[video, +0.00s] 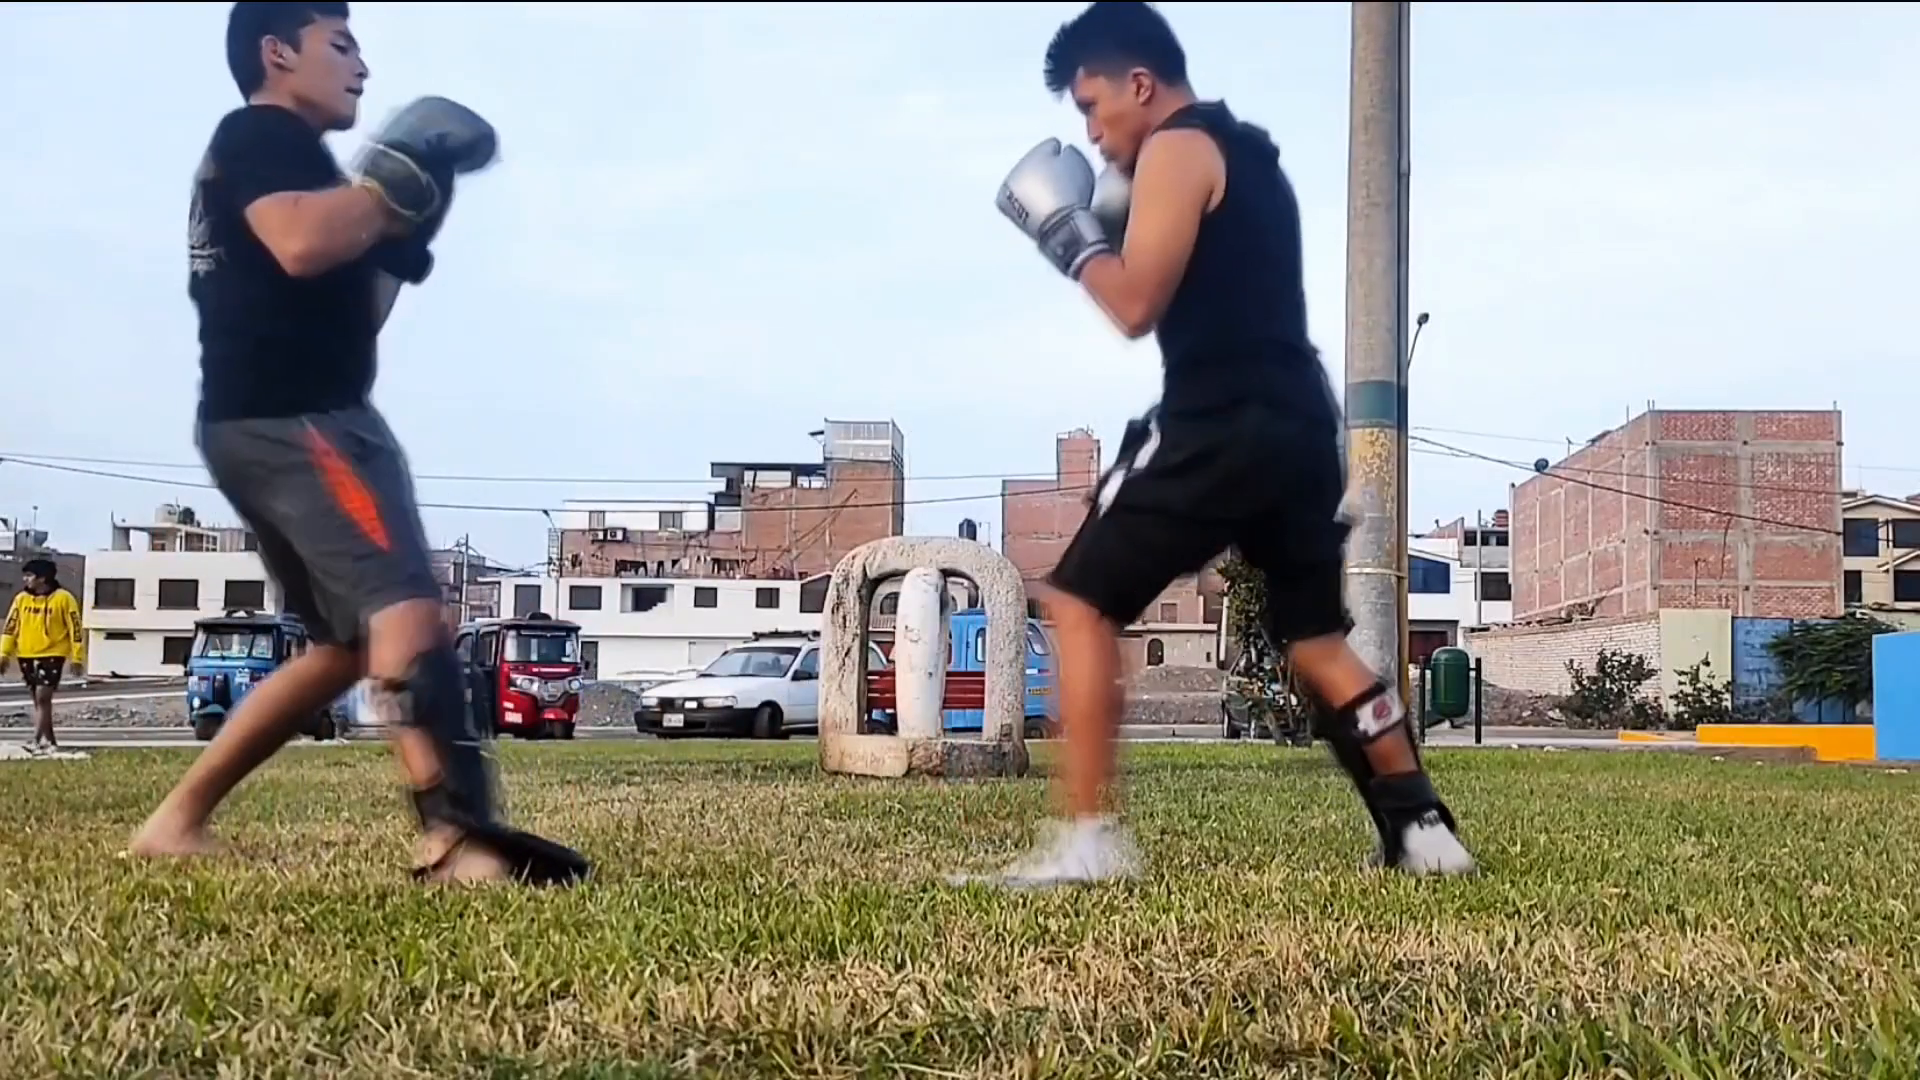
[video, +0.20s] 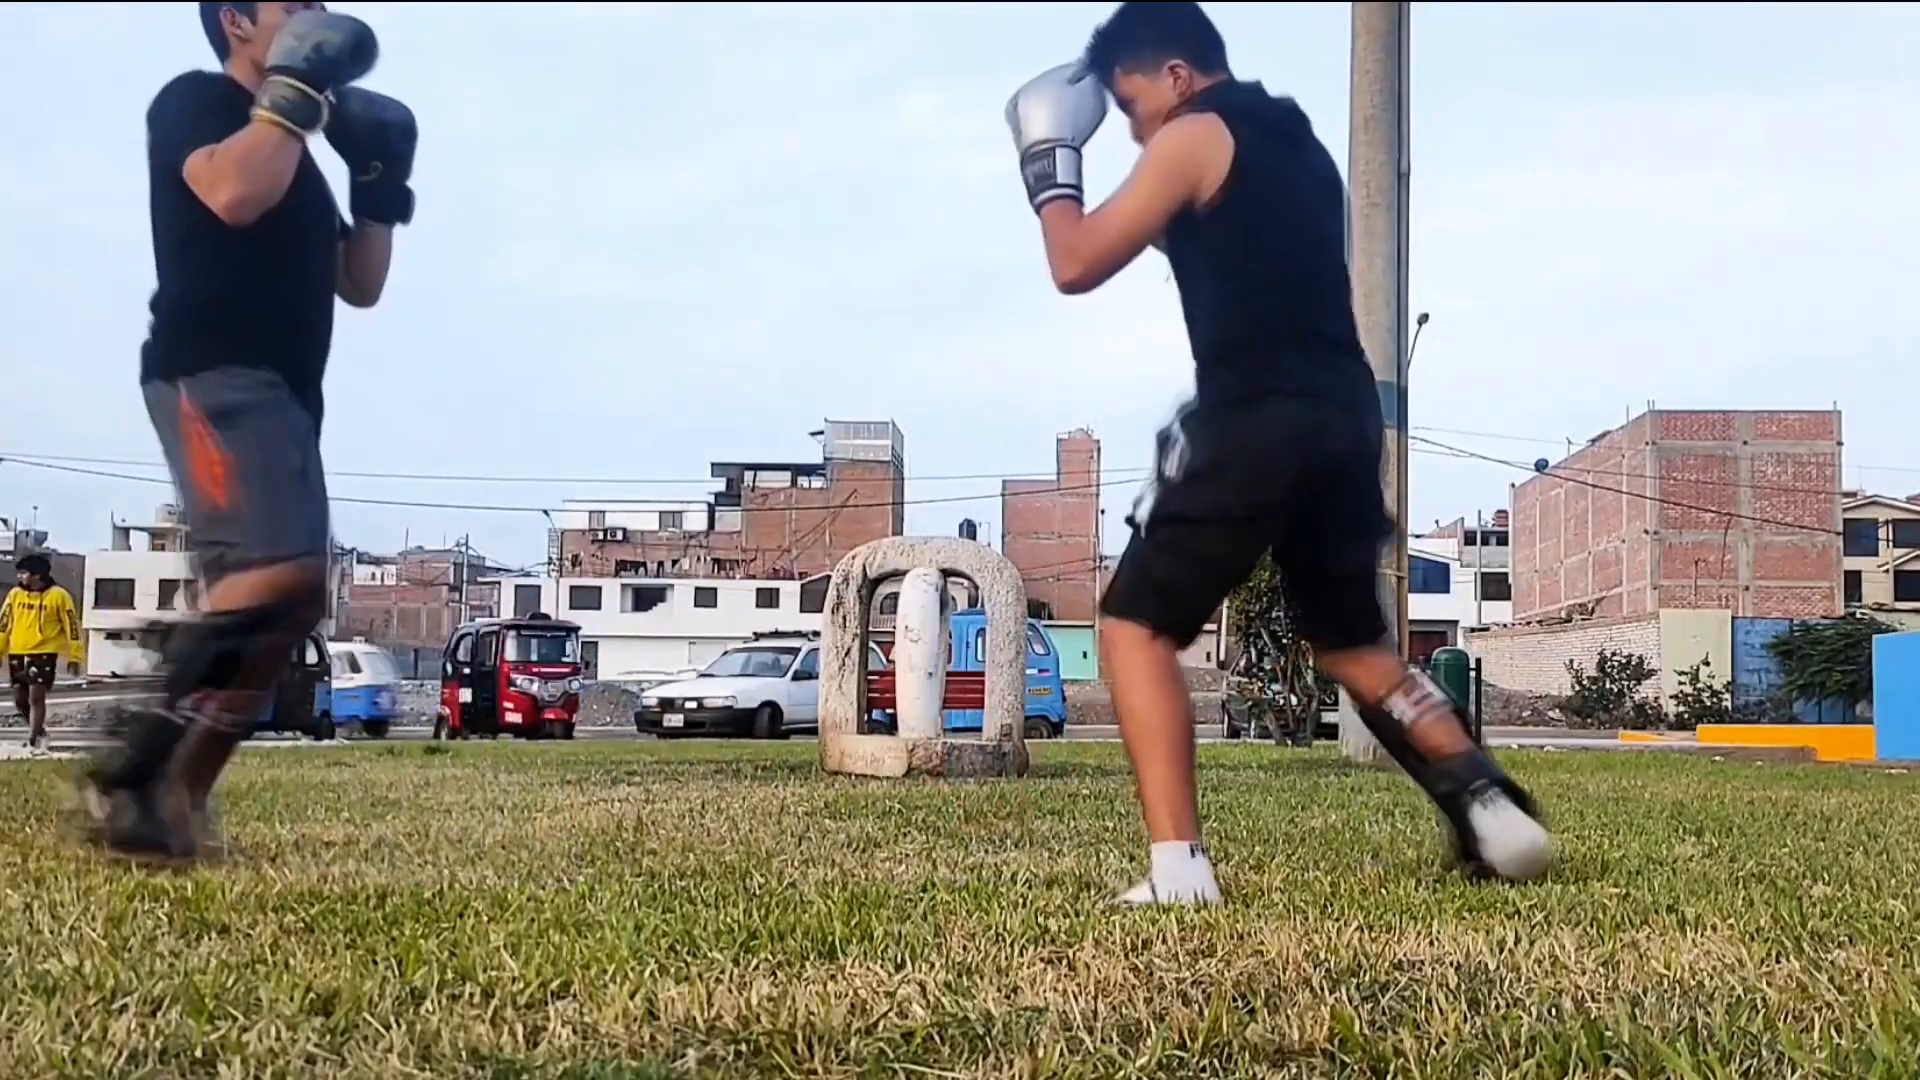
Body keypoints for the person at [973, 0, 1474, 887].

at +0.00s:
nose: (1089, 134)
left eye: (1089, 108)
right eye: (1082, 115)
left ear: (1141, 81)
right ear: (1164, 83)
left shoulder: (1179, 150)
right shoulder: (1251, 150)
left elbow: (1131, 306)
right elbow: (1223, 291)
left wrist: (1064, 227)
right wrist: (1138, 205)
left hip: (1220, 431)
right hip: (1303, 432)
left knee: (1077, 598)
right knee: (1316, 639)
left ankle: (1088, 835)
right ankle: (1422, 828)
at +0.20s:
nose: (1131, 125)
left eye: (1132, 103)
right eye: (1123, 109)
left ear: (1178, 74)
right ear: (1207, 71)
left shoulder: (1193, 139)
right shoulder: (1299, 143)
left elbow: (1074, 263)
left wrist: (1047, 160)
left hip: (1253, 423)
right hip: (1346, 424)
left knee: (1134, 623)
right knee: (1352, 642)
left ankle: (1177, 869)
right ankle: (1493, 813)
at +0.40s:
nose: (1146, 121)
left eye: (1146, 99)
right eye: (1139, 105)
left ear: (1184, 70)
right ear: (1223, 65)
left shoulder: (1199, 136)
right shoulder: (1316, 146)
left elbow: (1071, 257)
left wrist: (1061, 143)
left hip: (1226, 436)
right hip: (1334, 448)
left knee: (1069, 606)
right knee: (1382, 649)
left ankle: (1138, 841)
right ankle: (1513, 838)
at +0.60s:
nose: (1053, 66)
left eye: (1052, 46)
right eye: (1048, 50)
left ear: (1090, 25)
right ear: (1141, 23)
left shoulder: (1098, 100)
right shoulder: (1245, 115)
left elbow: (980, 239)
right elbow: (1252, 282)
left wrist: (969, 128)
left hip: (1135, 413)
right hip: (1251, 416)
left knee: (1053, 635)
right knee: (1317, 621)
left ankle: (1100, 884)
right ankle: (1458, 819)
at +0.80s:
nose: (979, 55)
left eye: (978, 36)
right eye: (977, 40)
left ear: (1013, 14)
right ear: (1073, 11)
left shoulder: (1014, 84)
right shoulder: (1188, 99)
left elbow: (906, 220)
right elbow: (1226, 268)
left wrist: (904, 106)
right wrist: (1123, 238)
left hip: (1076, 379)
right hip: (1194, 383)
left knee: (1041, 629)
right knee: (1194, 609)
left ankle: (1100, 881)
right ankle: (1235, 793)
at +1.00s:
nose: (958, 62)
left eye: (957, 47)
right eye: (957, 49)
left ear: (990, 33)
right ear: (1058, 27)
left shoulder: (978, 97)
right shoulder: (1158, 117)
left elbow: (870, 224)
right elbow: (1192, 279)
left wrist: (878, 119)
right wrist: (1100, 224)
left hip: (1008, 390)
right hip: (1124, 407)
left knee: (940, 628)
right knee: (1054, 632)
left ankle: (1065, 838)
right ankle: (1027, 859)